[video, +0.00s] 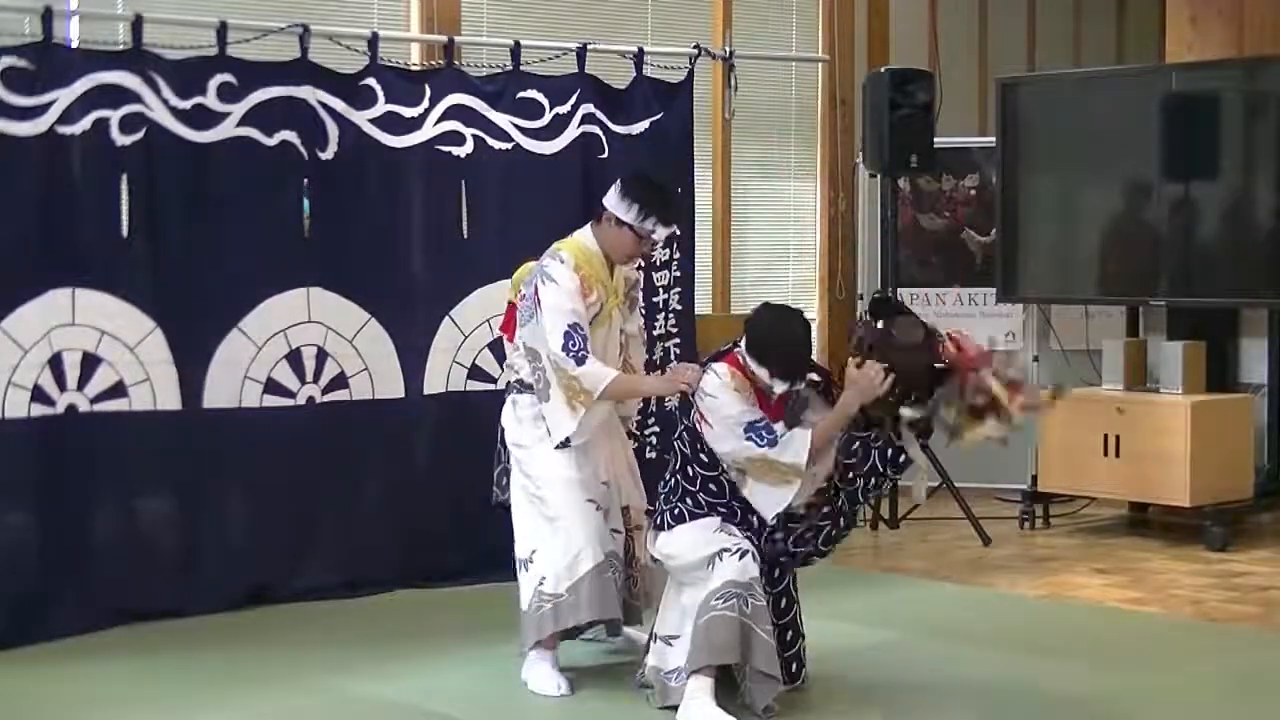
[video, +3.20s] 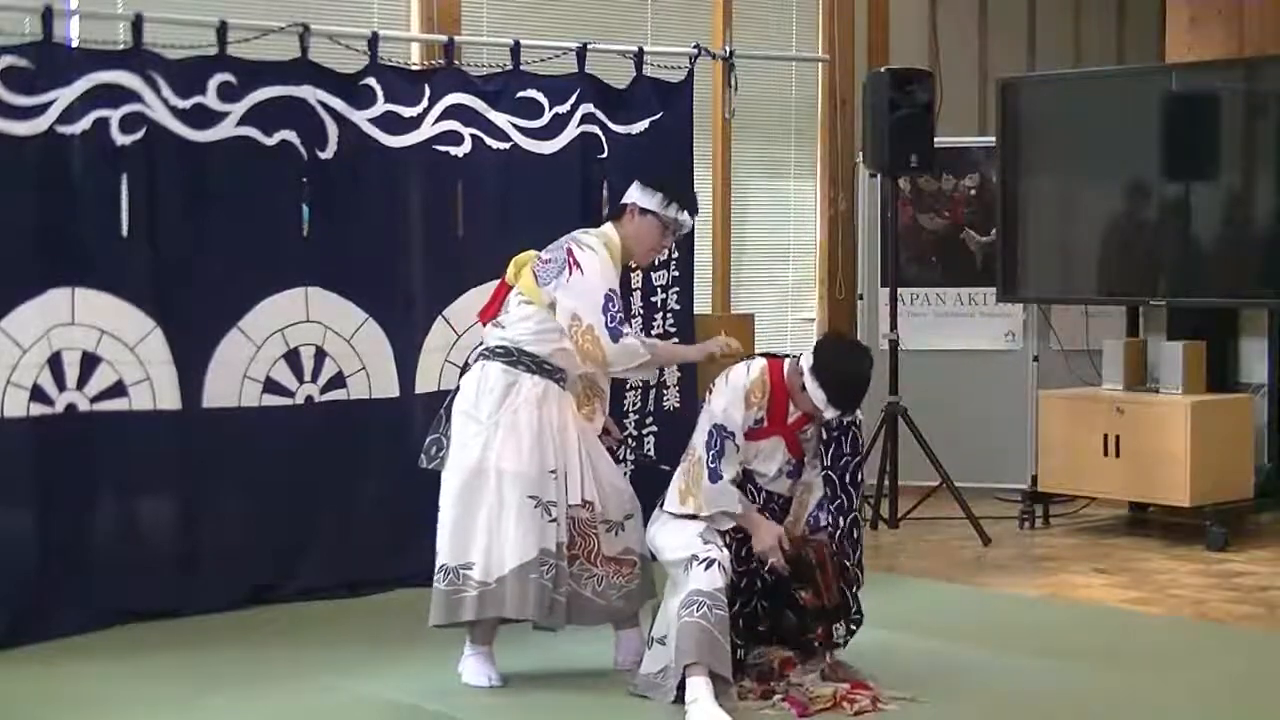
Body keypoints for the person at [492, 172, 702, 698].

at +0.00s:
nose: (647, 251)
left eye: (653, 242)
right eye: (643, 238)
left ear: (632, 231)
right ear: (614, 221)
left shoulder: (625, 274)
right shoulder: (562, 269)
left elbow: (629, 356)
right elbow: (577, 365)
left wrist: (654, 383)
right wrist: (656, 384)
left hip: (597, 414)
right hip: (543, 419)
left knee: (618, 518)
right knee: (568, 530)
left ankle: (600, 621)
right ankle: (541, 651)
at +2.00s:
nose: (659, 270)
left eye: (665, 262)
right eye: (661, 256)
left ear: (635, 235)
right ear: (639, 234)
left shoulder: (576, 261)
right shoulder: (598, 272)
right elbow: (631, 345)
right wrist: (672, 385)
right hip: (509, 395)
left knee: (609, 509)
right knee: (498, 522)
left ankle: (630, 642)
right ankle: (480, 650)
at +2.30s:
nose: (651, 285)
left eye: (656, 277)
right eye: (652, 273)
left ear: (621, 252)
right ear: (631, 253)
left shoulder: (566, 276)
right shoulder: (592, 283)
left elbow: (546, 377)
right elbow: (651, 363)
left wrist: (586, 436)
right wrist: (703, 400)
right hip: (499, 403)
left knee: (604, 510)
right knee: (488, 525)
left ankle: (628, 642)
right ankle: (479, 650)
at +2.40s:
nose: (646, 290)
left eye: (651, 283)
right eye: (648, 277)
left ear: (621, 255)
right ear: (629, 256)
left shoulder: (559, 273)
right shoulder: (593, 283)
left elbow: (547, 380)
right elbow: (643, 341)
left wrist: (579, 433)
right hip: (501, 406)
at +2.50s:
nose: (644, 290)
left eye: (649, 282)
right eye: (646, 276)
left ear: (619, 255)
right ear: (627, 255)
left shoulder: (559, 274)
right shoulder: (594, 280)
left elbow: (543, 384)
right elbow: (656, 349)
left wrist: (581, 443)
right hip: (492, 403)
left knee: (593, 512)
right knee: (487, 526)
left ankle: (627, 643)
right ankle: (478, 653)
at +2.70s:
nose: (640, 280)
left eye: (646, 271)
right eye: (643, 266)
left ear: (613, 243)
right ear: (622, 245)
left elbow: (542, 370)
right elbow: (634, 353)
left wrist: (577, 432)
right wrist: (654, 408)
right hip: (498, 399)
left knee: (594, 510)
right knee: (488, 522)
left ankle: (627, 642)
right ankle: (478, 652)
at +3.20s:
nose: (666, 248)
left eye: (672, 239)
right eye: (664, 233)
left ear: (636, 219)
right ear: (633, 214)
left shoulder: (603, 261)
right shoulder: (588, 256)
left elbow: (577, 353)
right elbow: (606, 349)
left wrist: (595, 411)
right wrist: (697, 352)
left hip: (551, 399)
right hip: (506, 389)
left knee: (616, 508)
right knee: (498, 516)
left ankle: (630, 645)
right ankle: (478, 650)